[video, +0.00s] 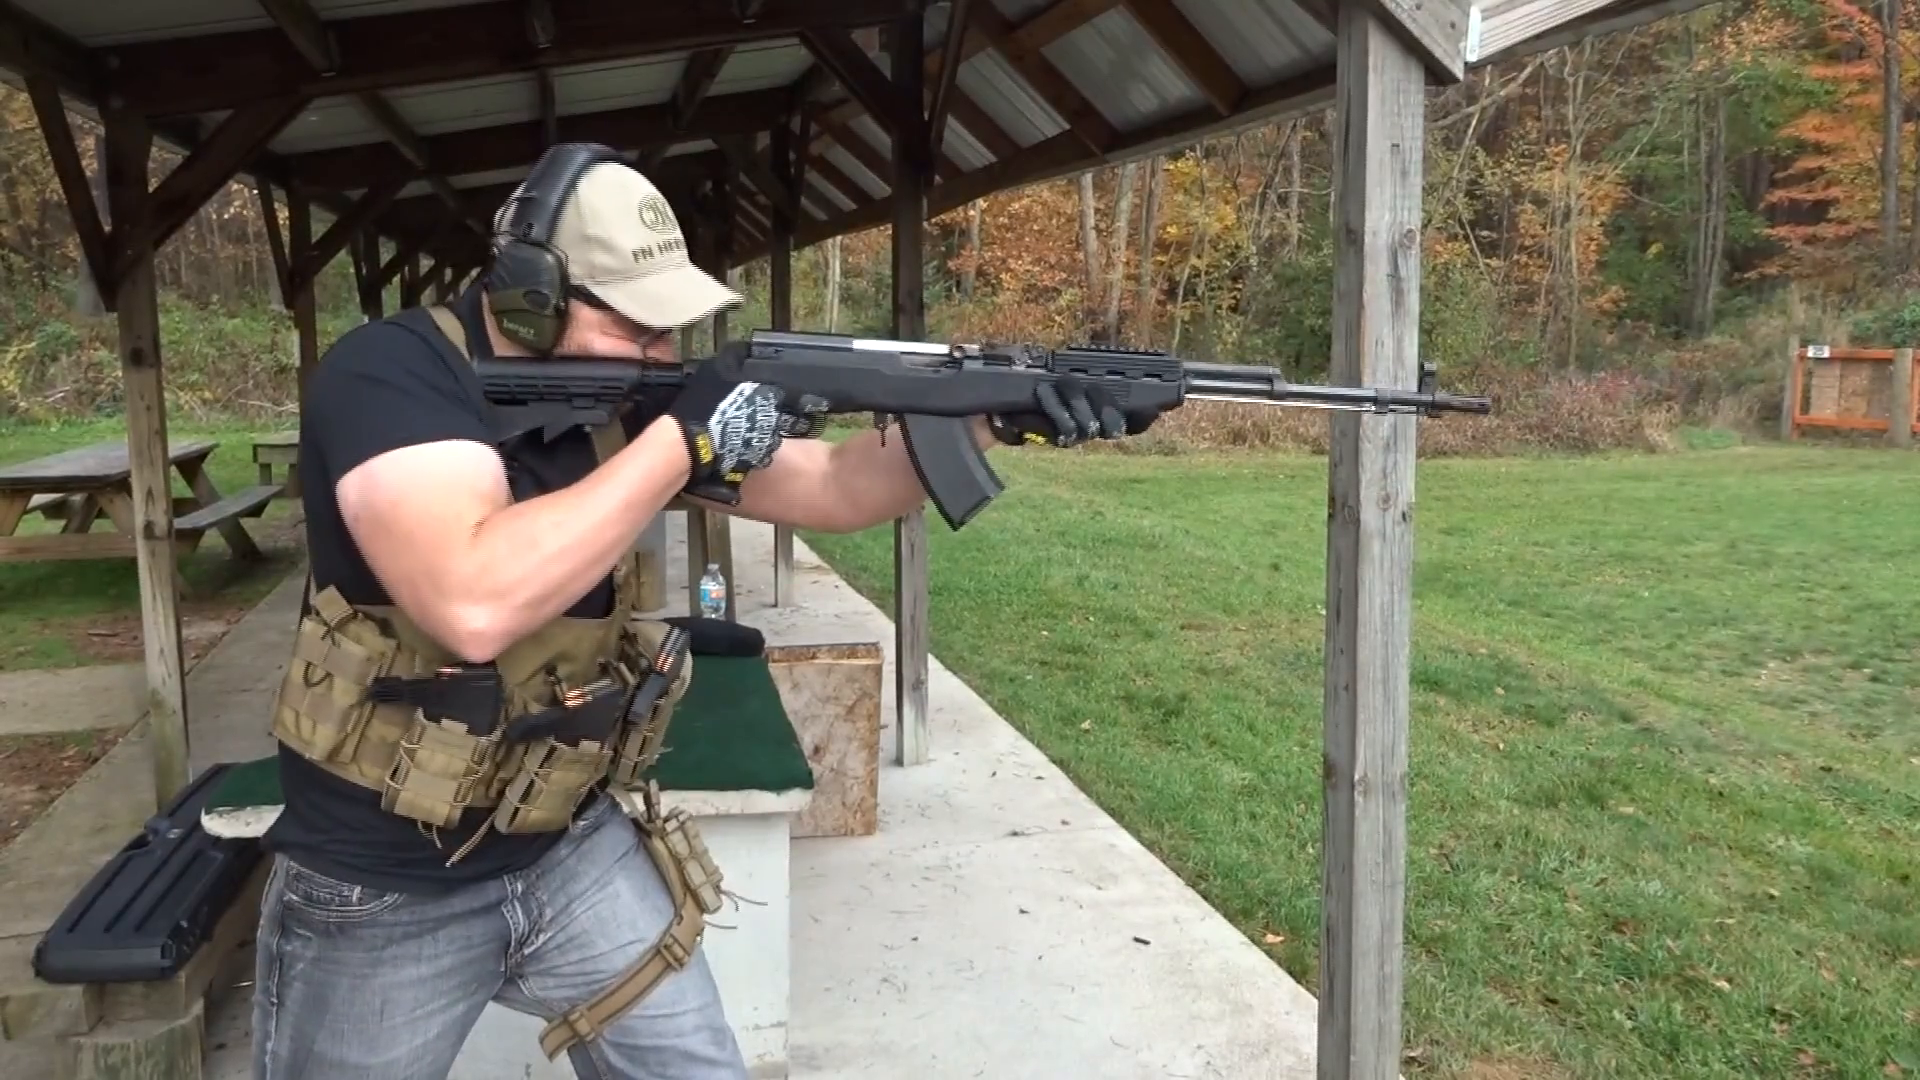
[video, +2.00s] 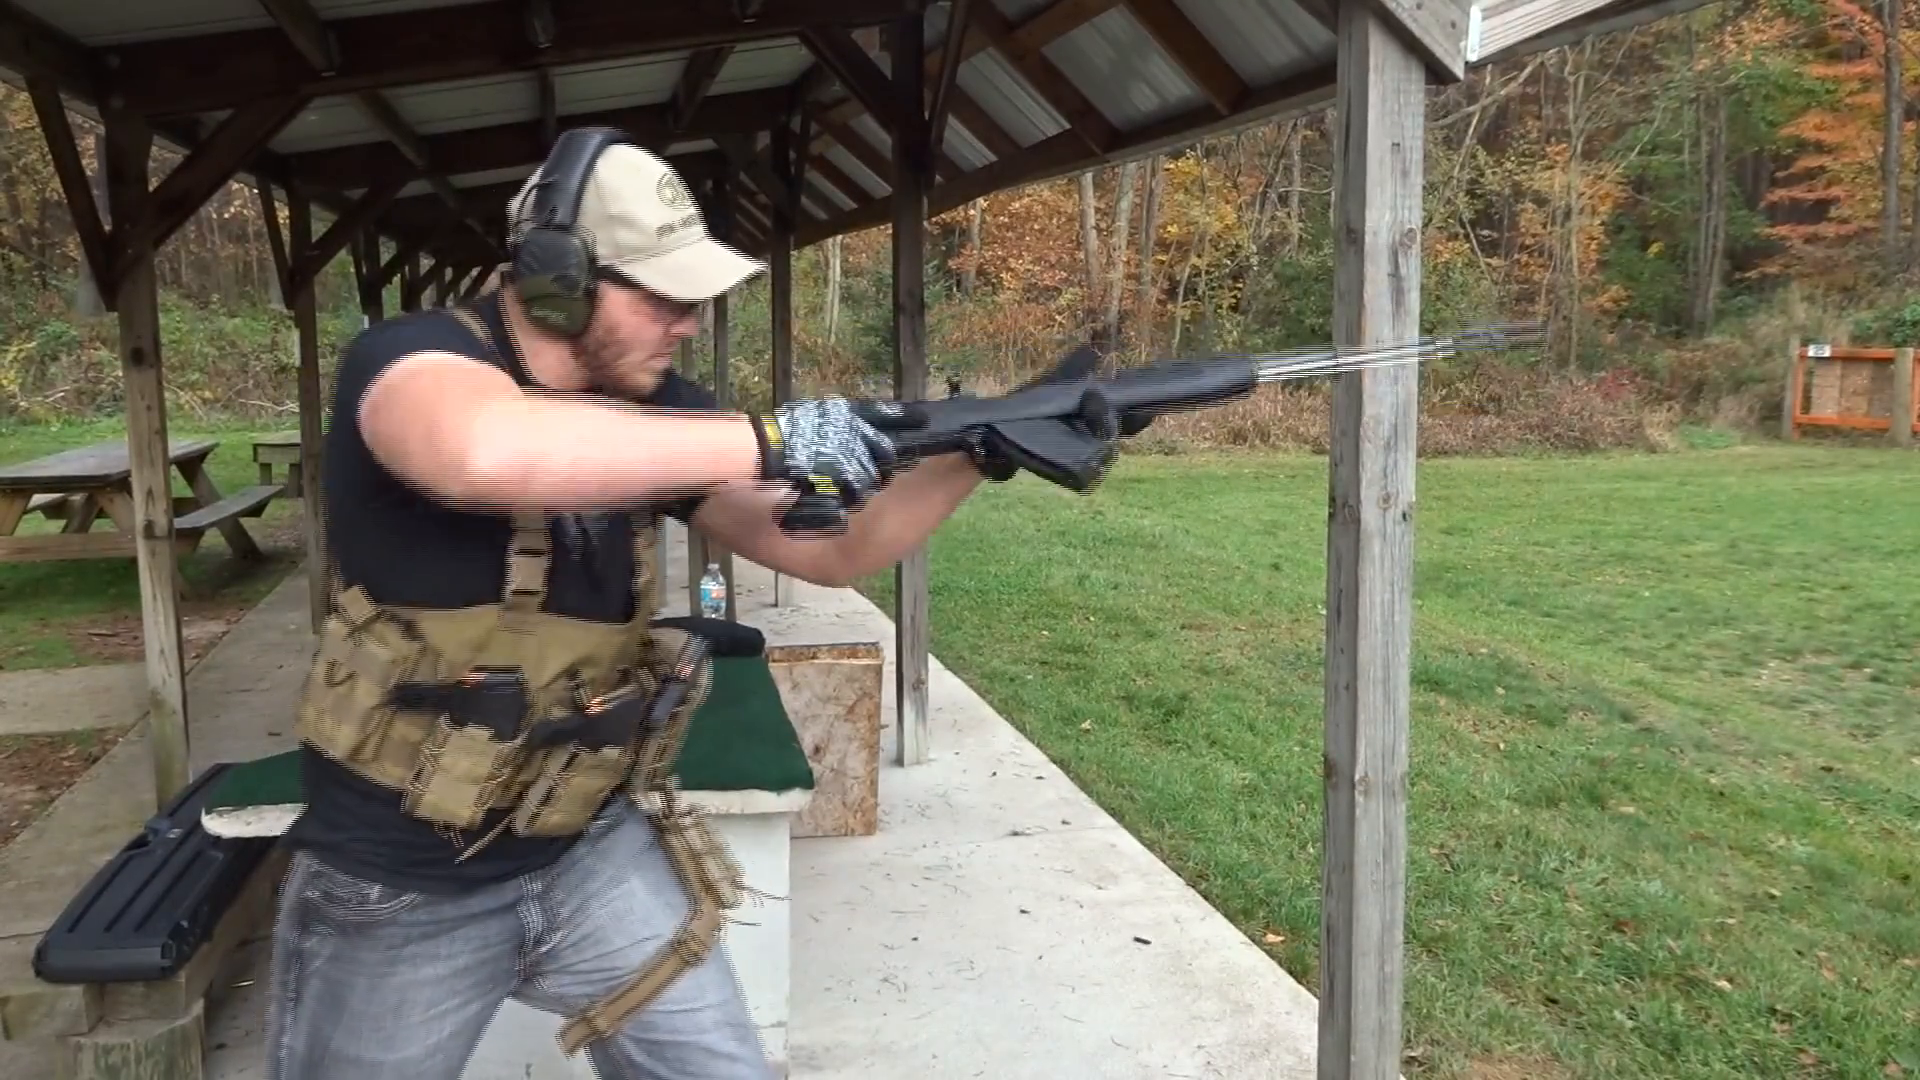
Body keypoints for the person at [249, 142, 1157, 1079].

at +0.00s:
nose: (655, 354)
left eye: (662, 328)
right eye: (628, 327)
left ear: (661, 302)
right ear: (529, 301)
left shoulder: (626, 405)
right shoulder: (381, 378)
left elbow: (832, 481)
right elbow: (473, 602)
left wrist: (1005, 406)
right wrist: (682, 437)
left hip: (579, 849)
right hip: (383, 892)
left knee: (700, 1063)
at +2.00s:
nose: (690, 328)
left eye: (691, 303)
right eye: (664, 301)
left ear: (588, 297)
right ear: (556, 288)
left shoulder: (648, 410)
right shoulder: (413, 358)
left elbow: (826, 547)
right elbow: (476, 458)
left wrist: (978, 451)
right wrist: (762, 447)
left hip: (594, 850)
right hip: (399, 892)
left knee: (726, 1067)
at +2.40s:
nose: (765, 252)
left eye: (776, 221)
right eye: (734, 225)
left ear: (786, 212)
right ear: (633, 215)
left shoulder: (782, 351)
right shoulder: (521, 376)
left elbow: (961, 492)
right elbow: (544, 655)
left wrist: (1027, 430)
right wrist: (776, 499)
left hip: (744, 814)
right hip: (553, 845)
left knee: (801, 1065)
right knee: (517, 1066)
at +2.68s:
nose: (622, 283)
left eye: (639, 243)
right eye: (579, 255)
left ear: (672, 236)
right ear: (503, 260)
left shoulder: (729, 357)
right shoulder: (430, 421)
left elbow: (915, 510)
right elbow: (450, 745)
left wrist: (969, 470)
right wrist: (699, 571)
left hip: (721, 847)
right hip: (514, 885)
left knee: (785, 1062)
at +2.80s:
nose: (533, 314)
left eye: (551, 267)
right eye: (488, 283)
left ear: (593, 248)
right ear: (410, 284)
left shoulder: (664, 365)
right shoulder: (346, 459)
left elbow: (857, 508)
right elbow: (389, 794)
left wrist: (917, 493)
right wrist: (648, 604)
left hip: (670, 871)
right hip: (460, 921)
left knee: (747, 1064)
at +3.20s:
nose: (448, 344)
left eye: (471, 299)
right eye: (400, 315)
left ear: (509, 243)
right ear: (302, 277)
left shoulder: (599, 390)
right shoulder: (203, 463)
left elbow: (767, 580)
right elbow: (177, 828)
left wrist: (802, 658)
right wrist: (396, 689)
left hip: (600, 913)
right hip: (364, 964)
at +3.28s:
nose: (451, 386)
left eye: (479, 344)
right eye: (410, 354)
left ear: (521, 281)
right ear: (314, 290)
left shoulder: (596, 406)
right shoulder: (197, 465)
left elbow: (743, 617)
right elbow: (148, 822)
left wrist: (809, 778)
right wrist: (347, 726)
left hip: (578, 916)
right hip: (341, 964)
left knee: (605, 1065)